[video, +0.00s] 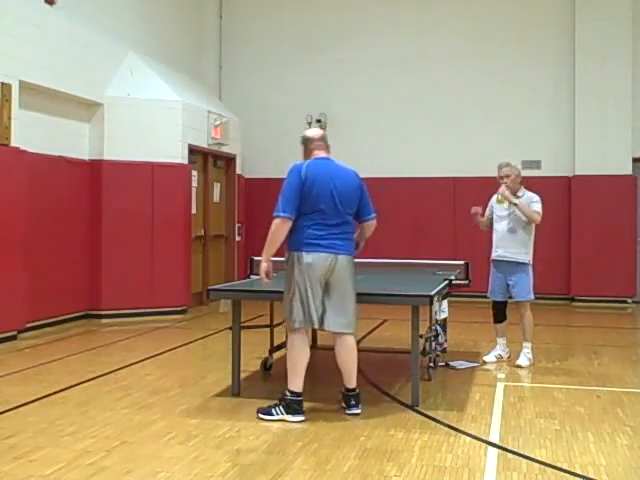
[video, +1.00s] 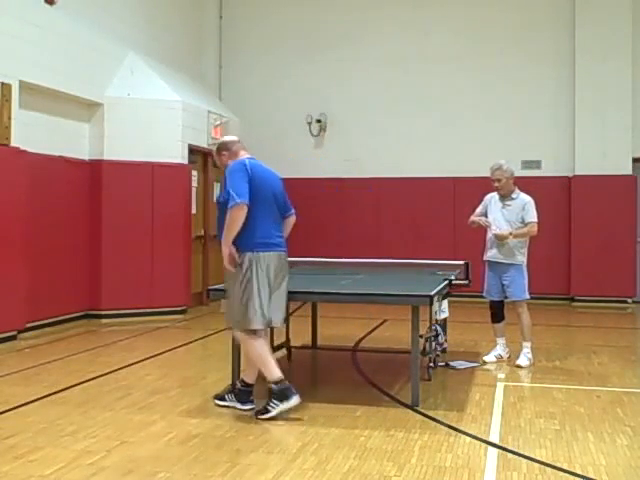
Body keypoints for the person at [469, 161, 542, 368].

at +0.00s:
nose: (505, 181)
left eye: (508, 177)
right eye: (501, 178)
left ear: (519, 177)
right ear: (499, 180)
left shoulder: (531, 198)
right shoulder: (496, 199)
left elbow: (535, 218)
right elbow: (486, 225)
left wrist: (513, 200)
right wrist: (479, 217)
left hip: (521, 260)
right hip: (498, 259)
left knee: (523, 305)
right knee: (497, 304)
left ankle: (526, 349)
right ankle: (501, 347)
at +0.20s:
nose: (502, 186)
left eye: (505, 182)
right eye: (499, 183)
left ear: (517, 180)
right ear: (498, 183)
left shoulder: (531, 200)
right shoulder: (496, 199)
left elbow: (538, 227)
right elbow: (484, 224)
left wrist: (511, 219)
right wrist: (483, 213)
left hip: (521, 260)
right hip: (499, 259)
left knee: (523, 305)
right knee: (498, 304)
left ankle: (526, 350)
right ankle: (501, 347)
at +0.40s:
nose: (501, 187)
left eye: (505, 183)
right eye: (499, 183)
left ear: (517, 180)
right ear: (497, 183)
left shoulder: (531, 201)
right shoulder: (495, 198)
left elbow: (537, 229)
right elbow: (483, 223)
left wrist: (513, 227)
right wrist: (483, 219)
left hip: (520, 261)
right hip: (497, 260)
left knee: (523, 305)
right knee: (497, 304)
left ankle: (527, 350)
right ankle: (501, 347)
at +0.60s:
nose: (501, 187)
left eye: (504, 183)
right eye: (498, 183)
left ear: (516, 181)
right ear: (497, 183)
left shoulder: (530, 201)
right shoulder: (494, 198)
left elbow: (537, 229)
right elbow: (478, 221)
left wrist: (513, 228)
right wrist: (481, 218)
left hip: (518, 261)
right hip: (496, 260)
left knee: (522, 305)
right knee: (497, 304)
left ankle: (527, 350)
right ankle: (501, 346)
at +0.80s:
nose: (498, 185)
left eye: (502, 181)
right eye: (496, 182)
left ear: (514, 180)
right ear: (495, 181)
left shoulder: (528, 201)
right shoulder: (492, 198)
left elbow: (535, 228)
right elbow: (475, 218)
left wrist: (511, 232)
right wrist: (480, 218)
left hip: (517, 261)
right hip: (494, 260)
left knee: (521, 305)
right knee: (496, 304)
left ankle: (526, 349)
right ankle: (501, 346)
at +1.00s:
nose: (496, 185)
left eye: (499, 181)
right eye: (494, 181)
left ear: (511, 180)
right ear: (493, 181)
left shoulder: (525, 201)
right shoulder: (490, 199)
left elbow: (532, 229)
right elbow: (473, 218)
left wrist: (510, 234)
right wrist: (478, 220)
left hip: (515, 261)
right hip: (493, 260)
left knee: (520, 304)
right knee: (495, 304)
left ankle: (526, 349)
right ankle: (500, 347)